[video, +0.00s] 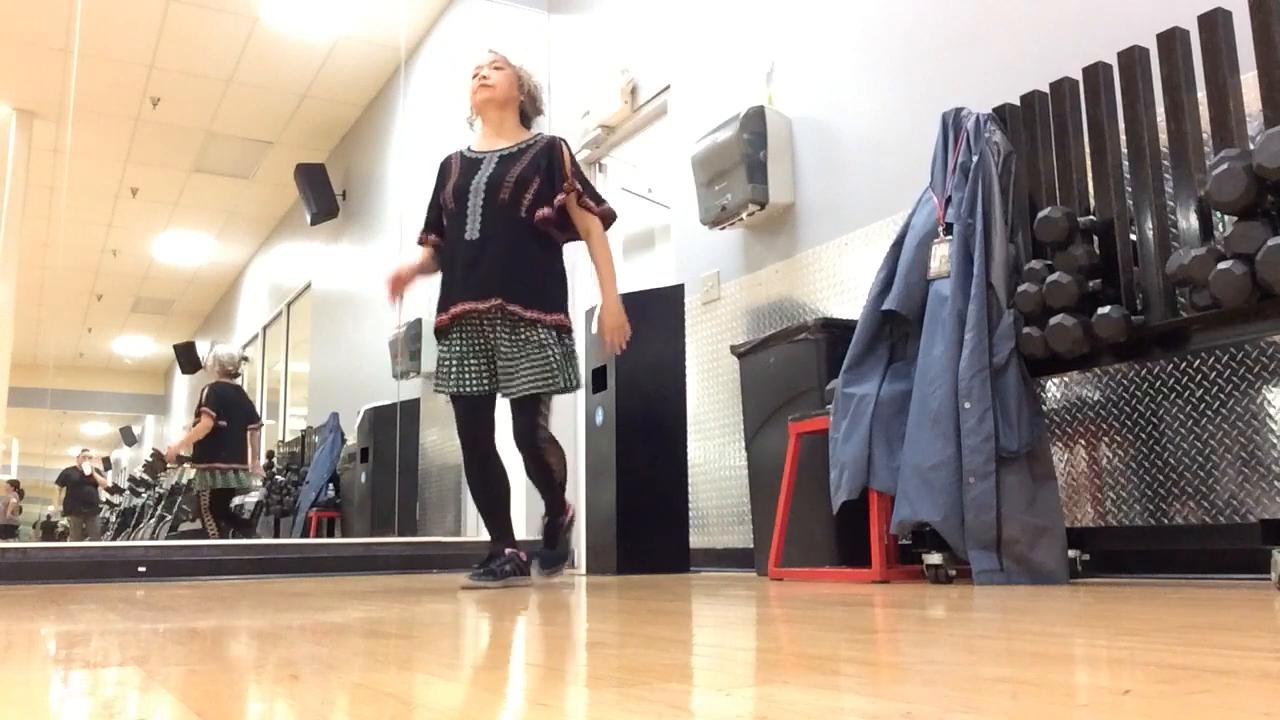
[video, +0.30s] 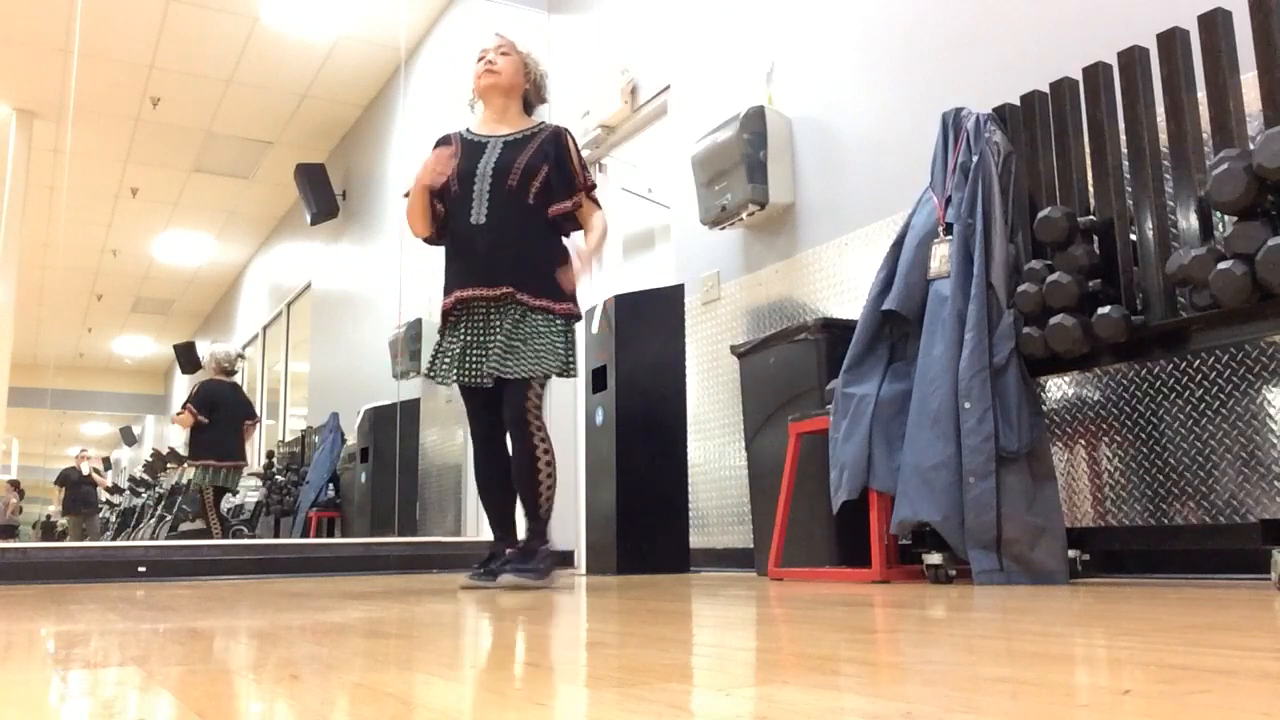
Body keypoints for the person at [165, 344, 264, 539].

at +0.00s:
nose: (209, 368)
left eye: (211, 364)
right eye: (210, 364)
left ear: (215, 366)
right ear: (235, 367)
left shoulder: (212, 390)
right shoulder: (241, 393)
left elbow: (206, 424)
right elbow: (254, 427)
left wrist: (177, 447)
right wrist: (255, 462)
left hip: (212, 466)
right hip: (237, 467)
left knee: (207, 511)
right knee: (221, 509)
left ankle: (218, 555)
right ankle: (247, 528)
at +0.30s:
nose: (206, 363)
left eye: (208, 360)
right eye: (208, 359)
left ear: (213, 364)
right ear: (232, 366)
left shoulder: (205, 387)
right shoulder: (237, 390)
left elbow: (187, 420)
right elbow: (252, 421)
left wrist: (175, 417)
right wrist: (238, 443)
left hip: (209, 461)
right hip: (235, 460)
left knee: (210, 509)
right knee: (214, 507)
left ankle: (220, 552)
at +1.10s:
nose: (193, 370)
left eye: (194, 367)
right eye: (194, 366)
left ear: (198, 369)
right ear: (216, 371)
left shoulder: (190, 389)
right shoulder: (223, 392)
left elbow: (180, 415)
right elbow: (235, 425)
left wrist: (172, 446)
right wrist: (214, 432)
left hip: (189, 463)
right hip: (218, 463)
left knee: (170, 504)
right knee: (209, 508)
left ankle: (169, 547)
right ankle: (212, 552)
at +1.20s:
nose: (188, 371)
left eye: (190, 367)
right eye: (190, 367)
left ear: (195, 369)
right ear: (213, 371)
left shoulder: (187, 389)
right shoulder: (220, 393)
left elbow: (178, 413)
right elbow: (231, 427)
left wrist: (173, 445)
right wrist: (210, 434)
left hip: (187, 462)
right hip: (214, 463)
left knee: (171, 506)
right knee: (205, 506)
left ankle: (165, 548)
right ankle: (212, 548)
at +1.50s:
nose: (181, 372)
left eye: (182, 369)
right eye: (181, 369)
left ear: (188, 371)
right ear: (204, 371)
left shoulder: (182, 393)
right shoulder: (214, 398)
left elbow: (171, 423)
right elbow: (216, 432)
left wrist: (158, 454)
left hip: (171, 467)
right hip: (195, 470)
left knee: (160, 512)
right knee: (182, 514)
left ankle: (160, 554)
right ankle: (204, 545)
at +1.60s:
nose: (181, 373)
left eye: (182, 369)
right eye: (181, 369)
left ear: (189, 370)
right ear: (204, 371)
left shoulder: (183, 394)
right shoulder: (215, 397)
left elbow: (170, 425)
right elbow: (216, 432)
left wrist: (148, 450)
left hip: (171, 466)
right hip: (198, 469)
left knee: (161, 514)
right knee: (185, 514)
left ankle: (157, 556)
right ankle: (205, 550)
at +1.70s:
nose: (183, 374)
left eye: (184, 370)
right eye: (182, 370)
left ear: (193, 371)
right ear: (204, 370)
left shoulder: (188, 394)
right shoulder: (217, 396)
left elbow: (169, 426)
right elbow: (220, 432)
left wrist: (147, 437)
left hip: (176, 466)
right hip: (203, 468)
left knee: (167, 515)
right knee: (196, 515)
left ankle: (160, 556)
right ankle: (204, 557)